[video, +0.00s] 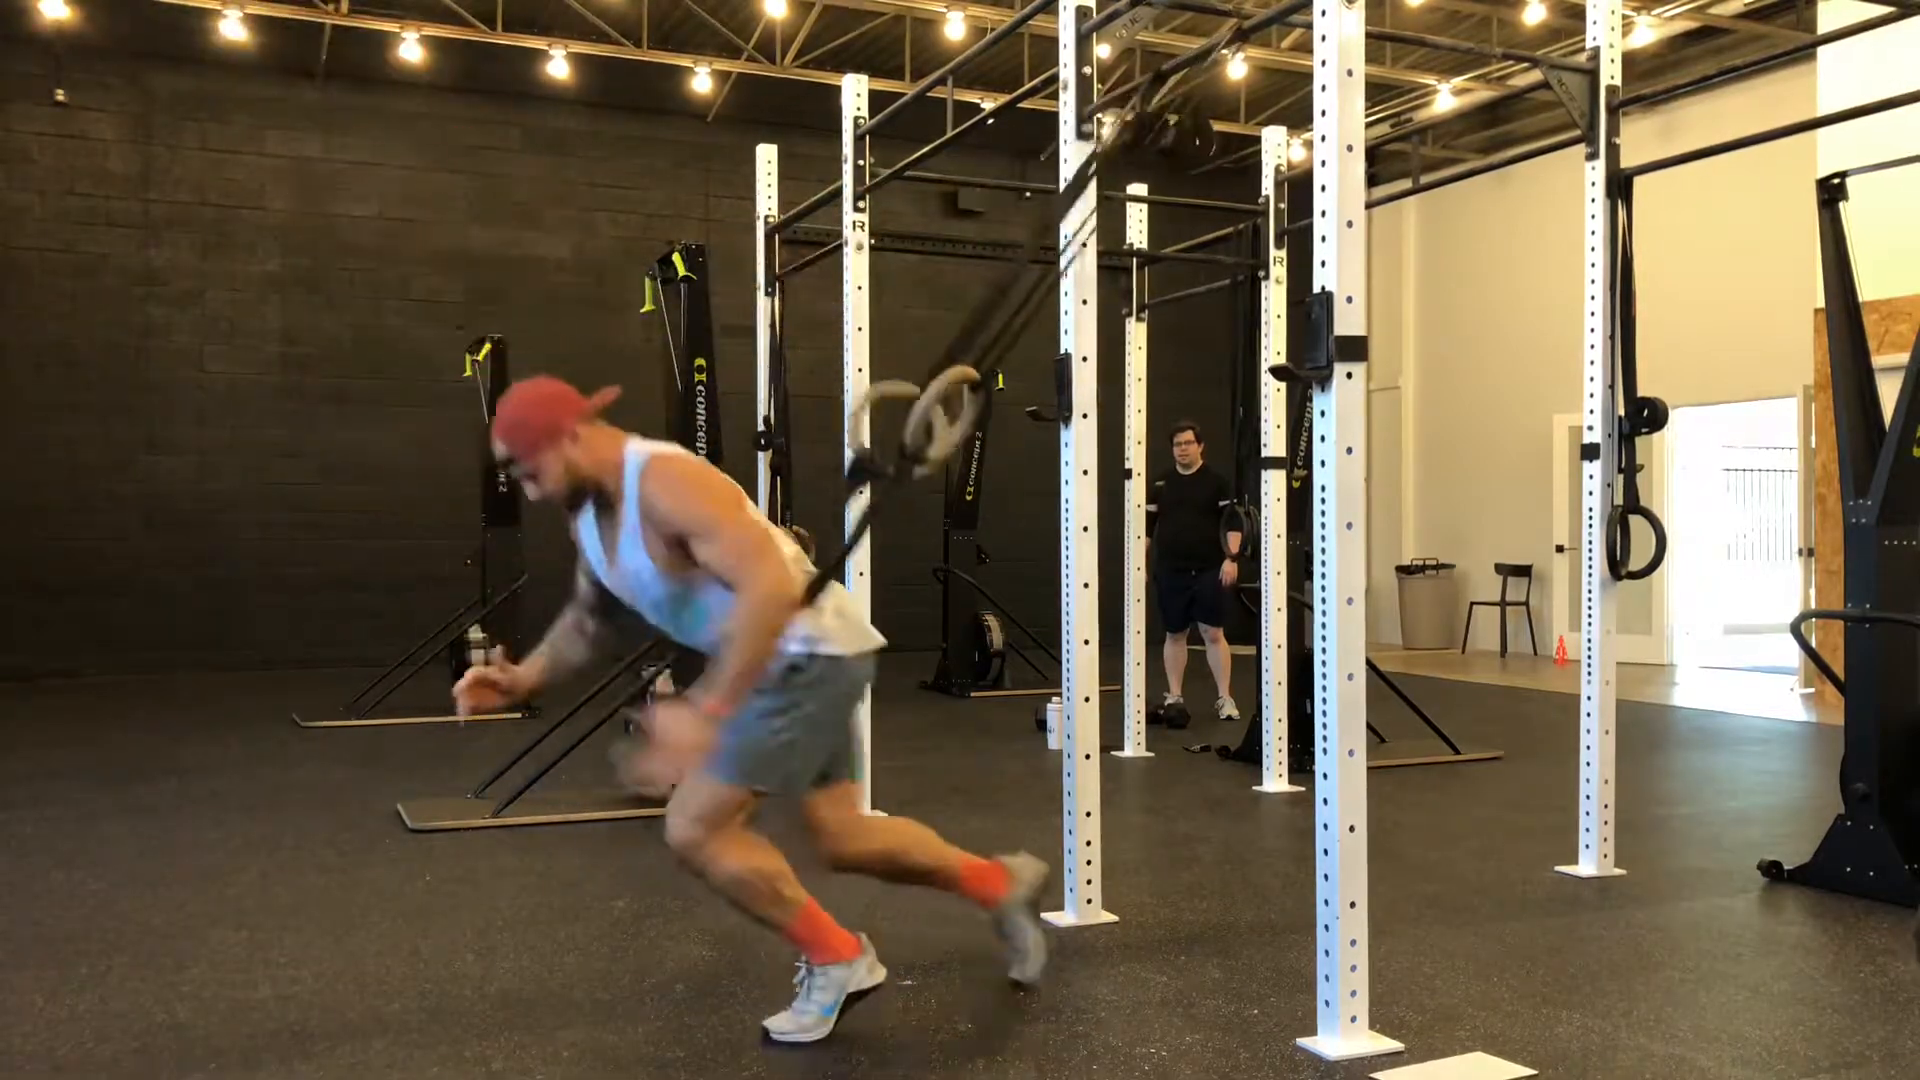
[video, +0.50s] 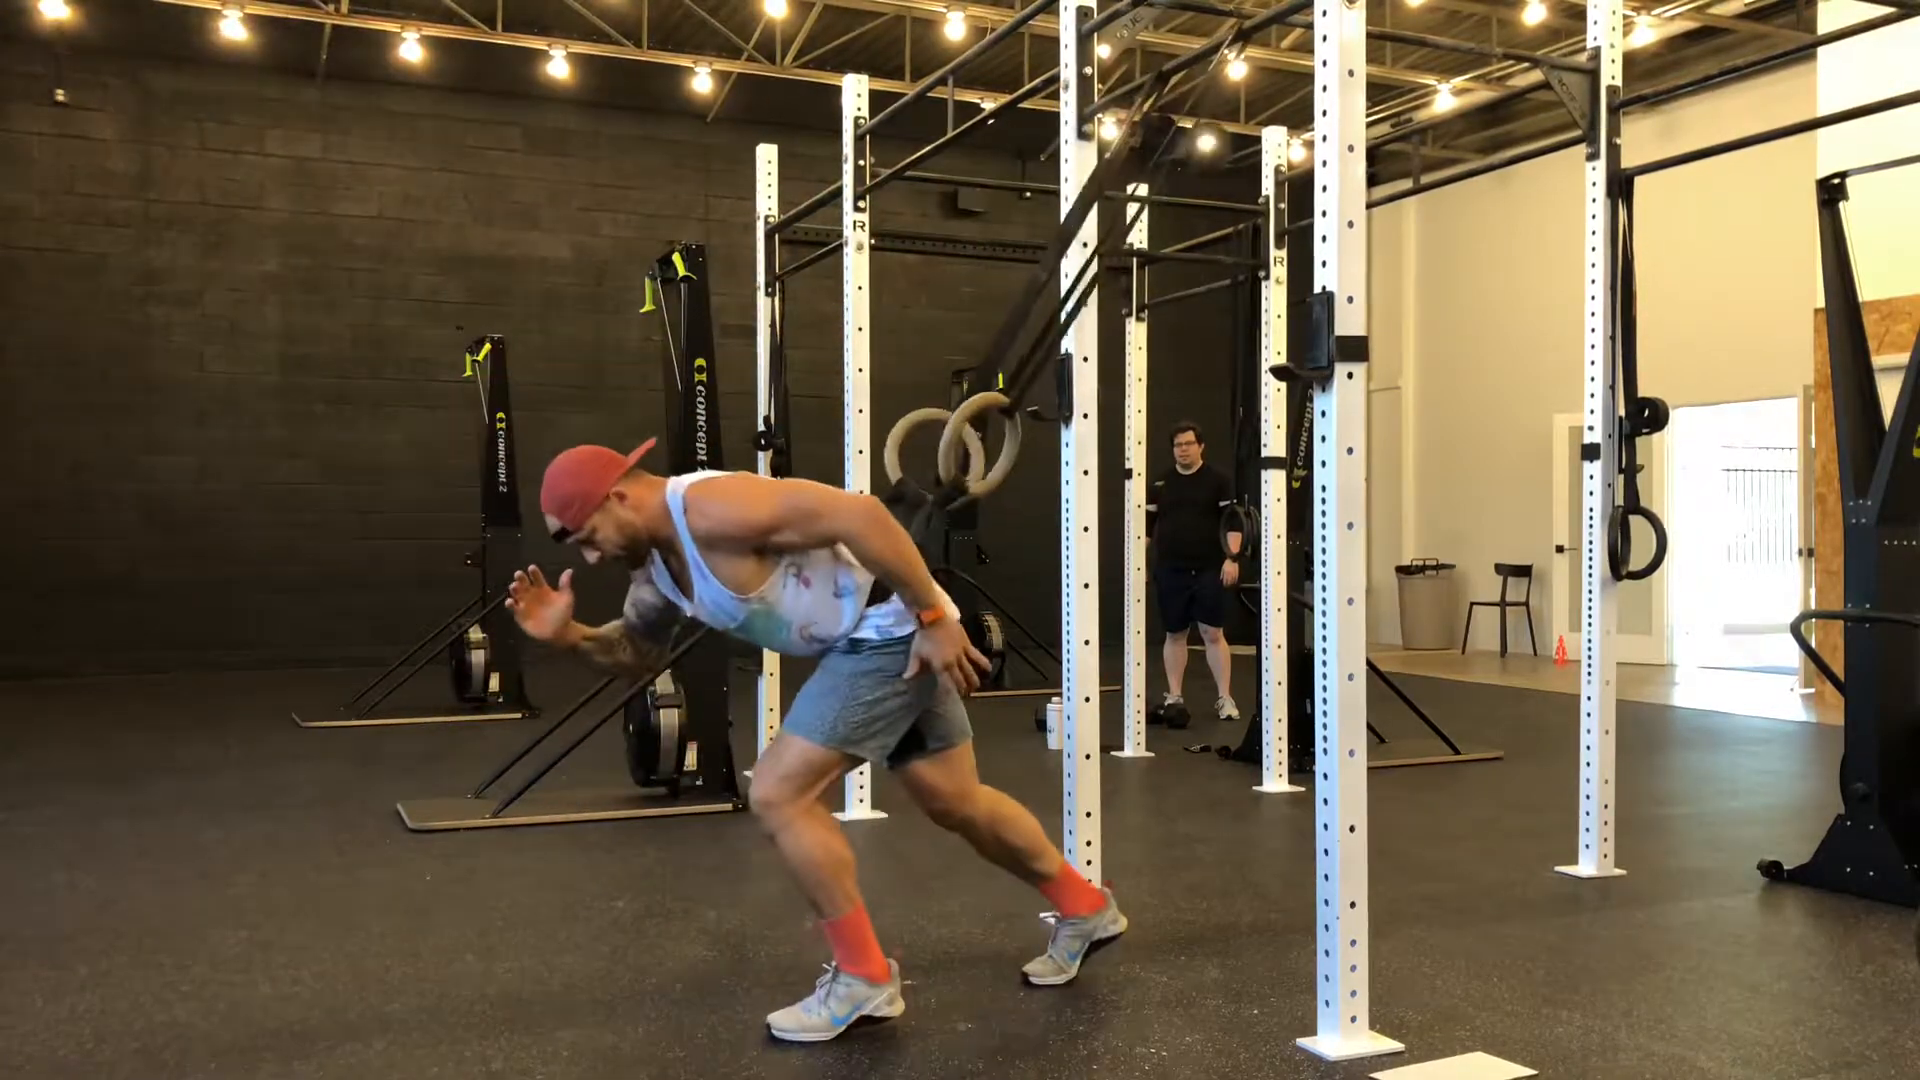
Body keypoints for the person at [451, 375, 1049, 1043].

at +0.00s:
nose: (526, 486)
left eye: (529, 468)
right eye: (518, 473)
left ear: (573, 434)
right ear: (561, 447)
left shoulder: (669, 480)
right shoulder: (596, 520)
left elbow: (774, 585)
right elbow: (588, 622)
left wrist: (707, 708)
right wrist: (523, 678)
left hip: (814, 653)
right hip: (793, 658)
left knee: (696, 827)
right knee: (843, 838)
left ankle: (839, 958)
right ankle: (1003, 883)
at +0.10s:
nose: (561, 544)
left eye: (565, 528)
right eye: (555, 532)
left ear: (610, 503)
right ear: (602, 509)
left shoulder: (711, 535)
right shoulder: (642, 581)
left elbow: (847, 597)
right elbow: (625, 679)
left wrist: (881, 723)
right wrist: (553, 679)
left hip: (859, 672)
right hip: (825, 680)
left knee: (723, 819)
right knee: (908, 843)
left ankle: (850, 968)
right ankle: (1071, 902)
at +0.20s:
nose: (590, 572)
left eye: (589, 555)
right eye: (580, 560)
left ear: (627, 519)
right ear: (619, 527)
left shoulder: (726, 538)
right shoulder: (666, 590)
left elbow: (871, 581)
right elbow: (645, 677)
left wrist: (933, 688)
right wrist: (576, 671)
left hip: (885, 665)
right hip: (873, 667)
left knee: (757, 803)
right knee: (933, 836)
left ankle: (861, 972)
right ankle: (1082, 905)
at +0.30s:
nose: (594, 565)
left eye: (591, 548)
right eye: (585, 555)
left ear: (628, 510)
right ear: (623, 517)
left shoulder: (724, 524)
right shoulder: (672, 582)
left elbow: (867, 552)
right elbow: (643, 661)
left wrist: (938, 651)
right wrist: (579, 656)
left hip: (891, 645)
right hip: (894, 645)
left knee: (773, 794)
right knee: (948, 812)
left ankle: (864, 975)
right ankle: (1086, 907)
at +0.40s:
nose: (592, 552)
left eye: (589, 535)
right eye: (581, 543)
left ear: (624, 498)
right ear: (619, 507)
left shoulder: (714, 511)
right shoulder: (668, 572)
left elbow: (860, 520)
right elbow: (637, 653)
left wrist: (934, 627)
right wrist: (574, 639)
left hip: (890, 632)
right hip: (893, 633)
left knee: (780, 792)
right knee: (956, 801)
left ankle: (865, 976)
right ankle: (1084, 904)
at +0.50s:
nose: (588, 550)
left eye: (585, 532)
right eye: (578, 540)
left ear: (619, 495)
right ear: (615, 502)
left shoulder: (711, 509)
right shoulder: (662, 567)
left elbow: (858, 512)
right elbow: (632, 650)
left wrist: (935, 615)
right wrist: (567, 633)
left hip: (886, 629)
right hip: (890, 630)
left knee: (778, 792)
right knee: (956, 801)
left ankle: (864, 976)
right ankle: (1084, 904)